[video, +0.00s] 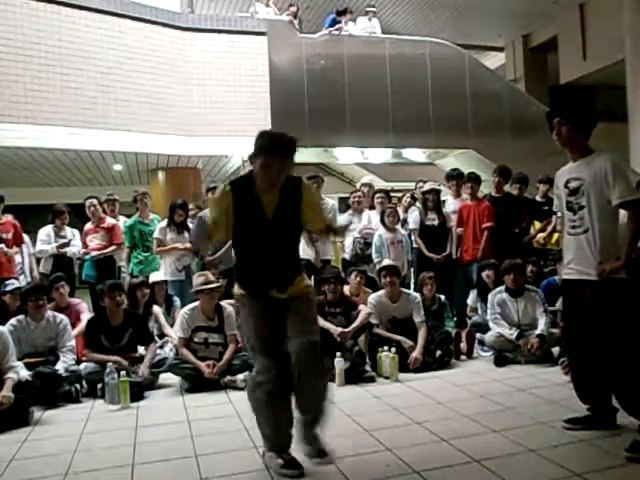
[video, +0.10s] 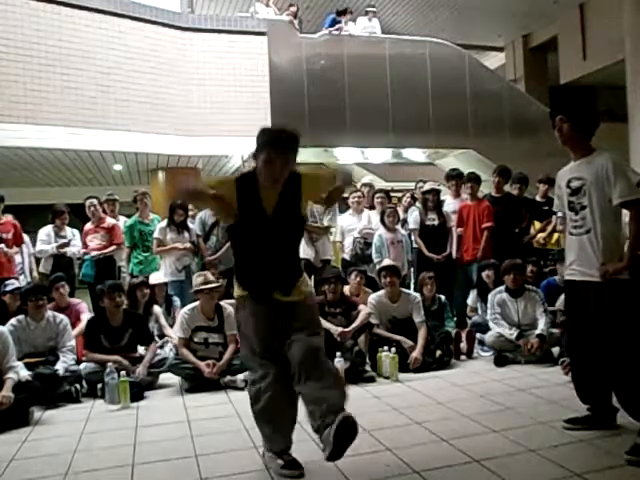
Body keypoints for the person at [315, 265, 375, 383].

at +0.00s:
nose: (332, 287)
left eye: (336, 283)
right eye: (329, 284)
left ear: (341, 286)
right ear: (323, 287)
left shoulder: (347, 300)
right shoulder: (318, 303)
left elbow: (366, 312)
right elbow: (315, 318)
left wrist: (350, 330)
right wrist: (333, 329)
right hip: (327, 342)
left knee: (364, 323)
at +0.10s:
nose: (333, 287)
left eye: (336, 283)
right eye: (329, 283)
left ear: (342, 286)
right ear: (323, 287)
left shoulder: (348, 301)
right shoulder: (318, 303)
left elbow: (366, 311)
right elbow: (315, 318)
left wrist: (350, 330)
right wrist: (333, 329)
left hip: (348, 344)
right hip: (326, 343)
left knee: (365, 323)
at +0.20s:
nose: (333, 286)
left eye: (336, 282)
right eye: (329, 283)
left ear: (342, 285)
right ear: (323, 287)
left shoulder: (347, 300)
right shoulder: (320, 303)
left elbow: (366, 311)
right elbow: (316, 318)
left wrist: (351, 330)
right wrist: (332, 328)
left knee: (365, 323)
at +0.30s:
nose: (333, 286)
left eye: (337, 282)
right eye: (329, 282)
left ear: (342, 285)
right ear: (324, 286)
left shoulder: (347, 300)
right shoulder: (320, 302)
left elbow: (366, 311)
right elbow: (316, 318)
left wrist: (350, 330)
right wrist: (332, 329)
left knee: (365, 324)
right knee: (323, 330)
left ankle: (361, 365)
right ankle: (327, 369)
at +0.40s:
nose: (333, 284)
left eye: (338, 281)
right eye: (330, 281)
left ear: (343, 285)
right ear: (324, 285)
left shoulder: (348, 300)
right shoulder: (319, 302)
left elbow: (366, 311)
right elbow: (316, 319)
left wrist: (351, 330)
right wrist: (332, 329)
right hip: (328, 343)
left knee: (365, 324)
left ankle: (362, 365)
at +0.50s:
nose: (333, 284)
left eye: (337, 281)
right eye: (330, 281)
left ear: (343, 285)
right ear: (324, 285)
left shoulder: (348, 300)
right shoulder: (320, 302)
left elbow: (366, 311)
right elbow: (316, 319)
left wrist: (350, 330)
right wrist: (333, 329)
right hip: (328, 343)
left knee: (365, 324)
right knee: (321, 330)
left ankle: (361, 365)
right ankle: (327, 370)